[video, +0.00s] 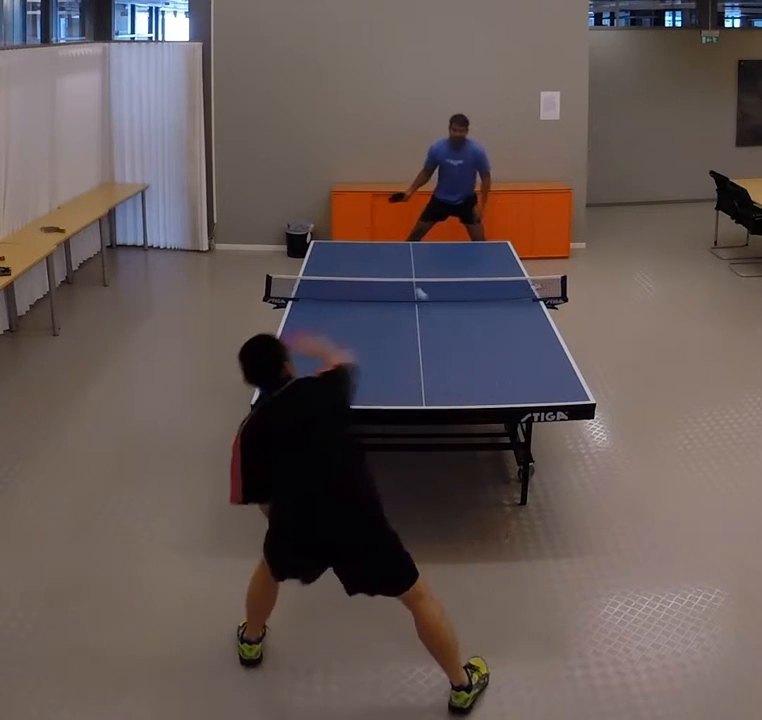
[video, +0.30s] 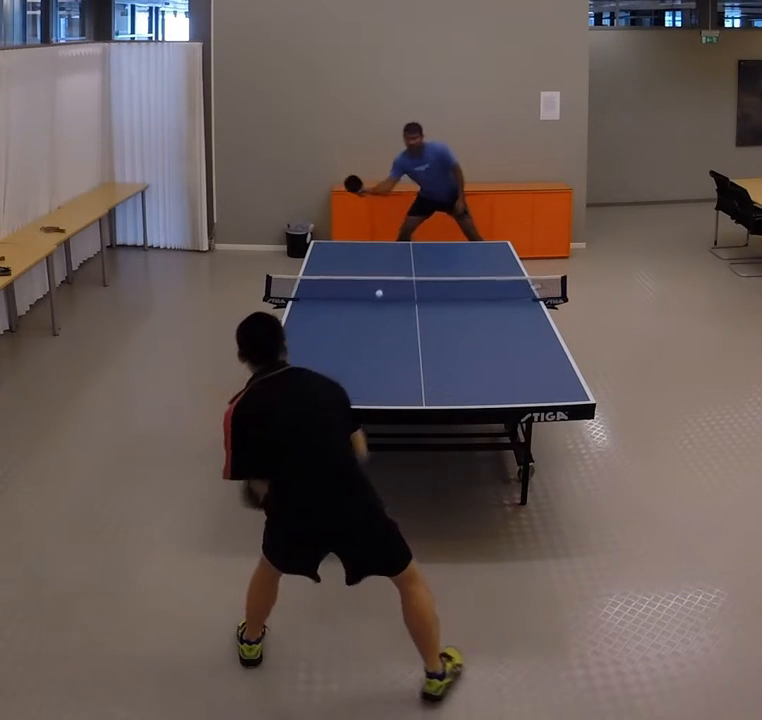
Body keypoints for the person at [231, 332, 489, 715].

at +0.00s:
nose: (290, 359)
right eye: (288, 356)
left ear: (250, 379)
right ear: (288, 363)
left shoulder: (254, 429)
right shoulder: (324, 390)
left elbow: (259, 497)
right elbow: (343, 364)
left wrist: (282, 511)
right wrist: (320, 349)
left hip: (298, 525)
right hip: (357, 519)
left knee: (268, 569)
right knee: (416, 596)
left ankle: (251, 641)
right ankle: (461, 683)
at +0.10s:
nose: (236, 381)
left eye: (236, 376)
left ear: (238, 383)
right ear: (277, 366)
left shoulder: (243, 435)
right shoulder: (307, 394)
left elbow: (264, 495)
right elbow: (260, 422)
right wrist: (198, 443)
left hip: (304, 525)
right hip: (361, 513)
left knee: (270, 574)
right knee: (419, 598)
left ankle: (251, 641)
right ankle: (466, 681)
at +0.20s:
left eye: (233, 364)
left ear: (232, 371)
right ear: (272, 360)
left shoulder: (234, 425)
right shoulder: (301, 391)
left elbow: (250, 485)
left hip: (298, 513)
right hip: (355, 503)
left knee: (269, 567)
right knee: (412, 589)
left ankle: (250, 641)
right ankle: (460, 677)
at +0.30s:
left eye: (241, 351)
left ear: (242, 357)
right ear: (283, 346)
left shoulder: (243, 407)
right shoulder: (324, 386)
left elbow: (254, 484)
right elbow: (359, 449)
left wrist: (277, 502)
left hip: (294, 512)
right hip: (354, 505)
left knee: (269, 569)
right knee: (409, 579)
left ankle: (251, 643)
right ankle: (436, 672)